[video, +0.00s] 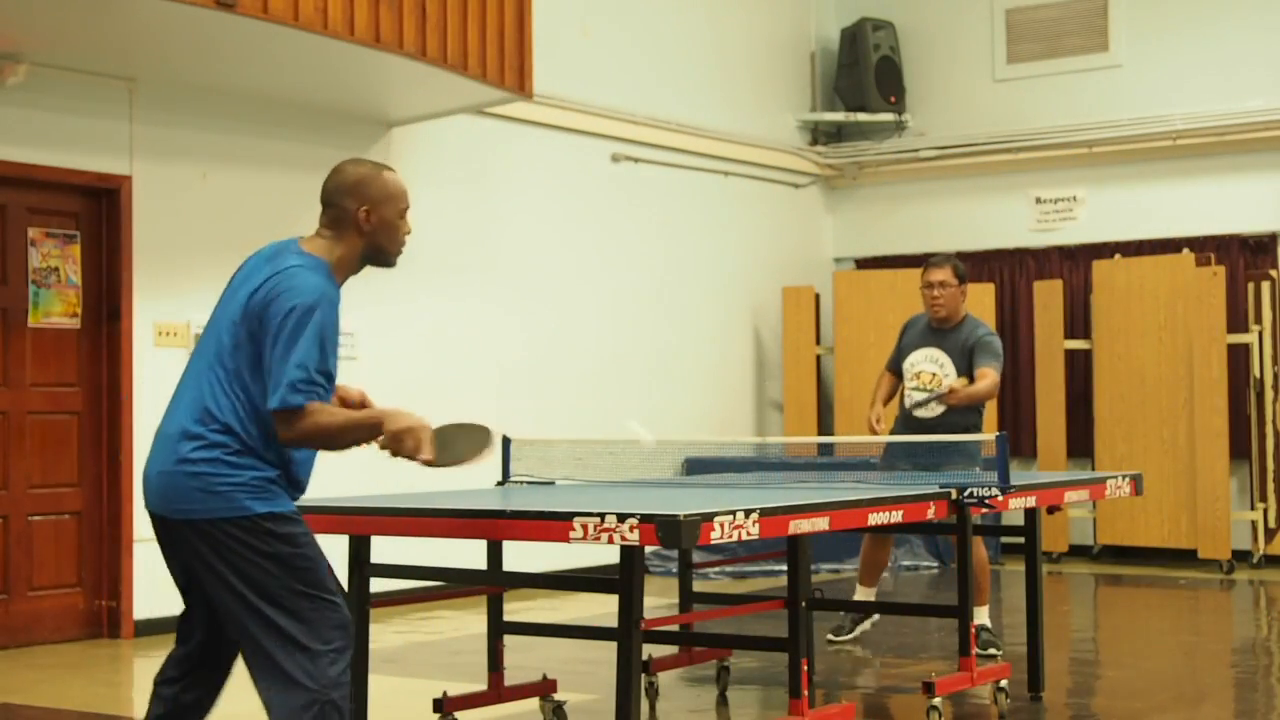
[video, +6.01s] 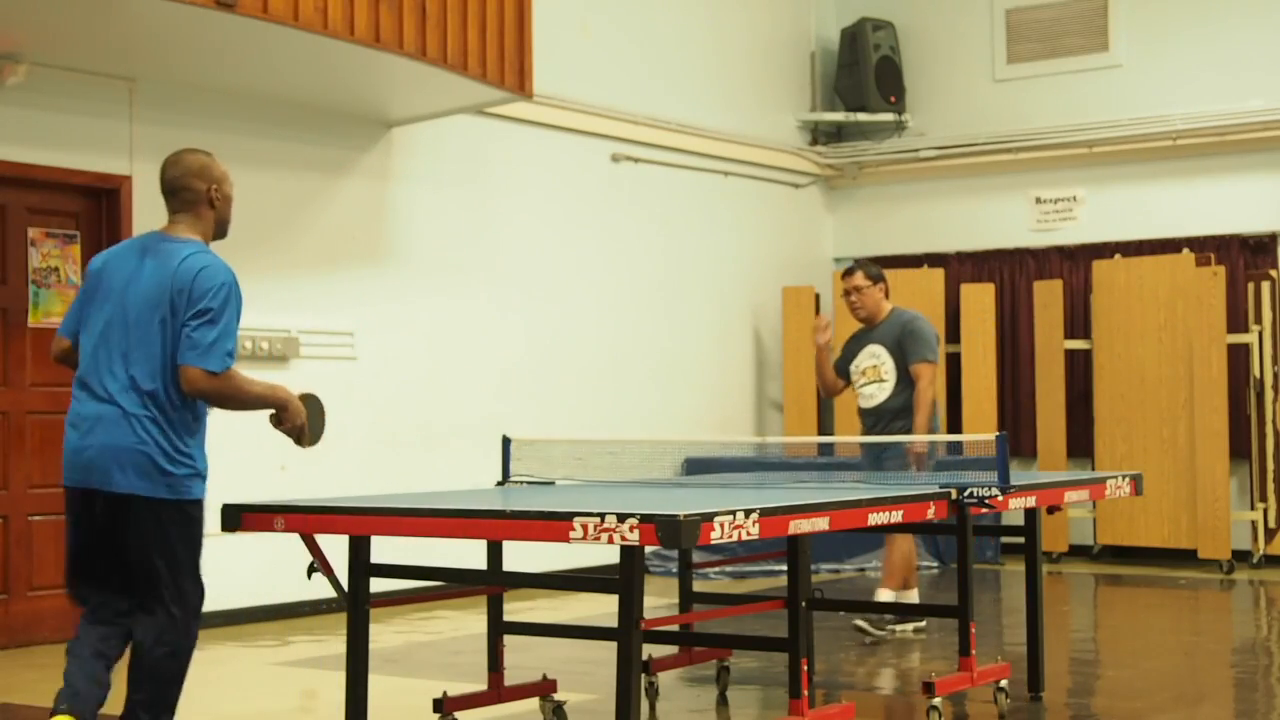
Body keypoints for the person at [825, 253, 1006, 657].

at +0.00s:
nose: (934, 294)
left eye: (943, 287)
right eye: (928, 287)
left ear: (963, 291)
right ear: (922, 292)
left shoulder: (981, 336)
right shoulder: (914, 328)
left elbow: (989, 384)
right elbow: (893, 372)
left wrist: (961, 395)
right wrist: (877, 404)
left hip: (956, 452)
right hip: (904, 448)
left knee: (967, 533)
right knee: (879, 524)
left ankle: (981, 622)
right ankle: (861, 606)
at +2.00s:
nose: (927, 293)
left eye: (935, 285)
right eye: (921, 286)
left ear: (955, 291)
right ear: (915, 291)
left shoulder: (979, 335)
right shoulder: (906, 335)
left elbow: (994, 387)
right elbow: (884, 385)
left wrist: (962, 409)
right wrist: (887, 406)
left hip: (965, 450)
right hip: (914, 450)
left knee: (979, 530)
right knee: (898, 528)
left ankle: (1002, 618)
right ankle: (887, 612)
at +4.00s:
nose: (947, 297)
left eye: (955, 290)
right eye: (941, 291)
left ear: (974, 291)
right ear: (935, 295)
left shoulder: (1000, 334)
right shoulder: (930, 338)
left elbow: (1020, 384)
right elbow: (908, 387)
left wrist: (975, 401)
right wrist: (907, 402)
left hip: (982, 449)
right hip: (933, 449)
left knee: (996, 528)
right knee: (914, 524)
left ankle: (1016, 615)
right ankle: (904, 609)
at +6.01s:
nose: (853, 299)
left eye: (859, 291)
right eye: (848, 294)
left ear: (882, 290)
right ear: (846, 298)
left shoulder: (911, 325)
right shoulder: (855, 342)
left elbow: (926, 382)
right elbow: (831, 388)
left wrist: (920, 437)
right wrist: (823, 350)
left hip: (907, 442)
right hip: (873, 445)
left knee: (899, 520)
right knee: (896, 521)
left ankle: (883, 605)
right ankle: (910, 608)